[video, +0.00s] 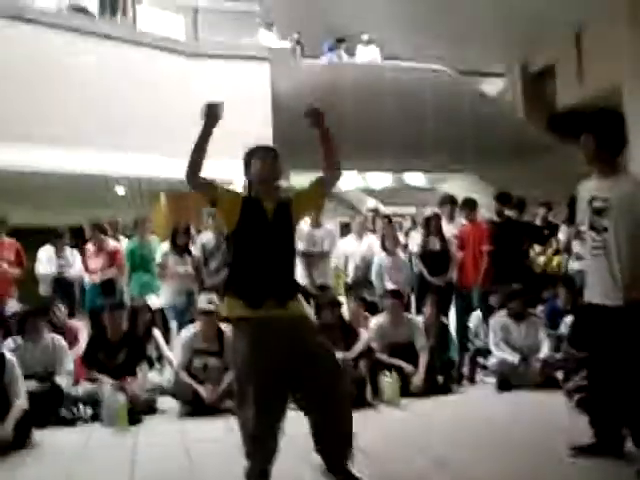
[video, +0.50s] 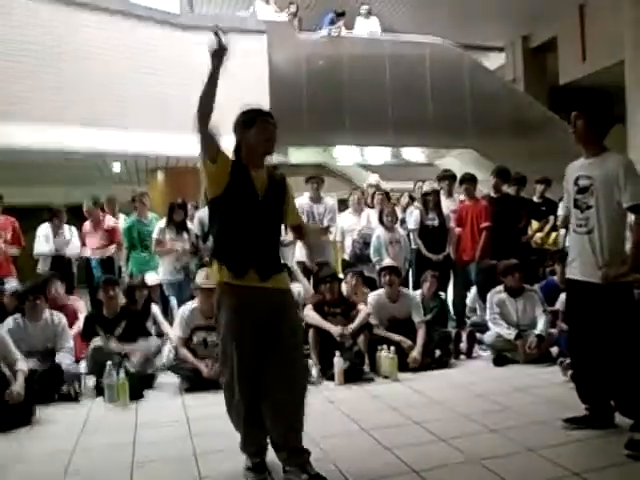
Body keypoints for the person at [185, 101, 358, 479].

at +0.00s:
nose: (267, 169)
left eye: (273, 163)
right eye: (261, 164)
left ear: (281, 171)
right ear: (247, 171)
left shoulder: (292, 207)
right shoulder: (233, 205)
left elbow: (330, 175)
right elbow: (193, 178)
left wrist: (322, 128)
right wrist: (208, 126)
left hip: (291, 317)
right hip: (248, 321)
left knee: (330, 389)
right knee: (259, 403)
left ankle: (336, 462)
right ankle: (258, 468)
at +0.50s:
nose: (270, 138)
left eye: (273, 132)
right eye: (262, 131)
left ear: (274, 139)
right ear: (241, 134)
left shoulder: (279, 183)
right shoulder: (221, 172)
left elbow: (301, 230)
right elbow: (202, 124)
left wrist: (318, 246)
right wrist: (215, 68)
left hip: (277, 289)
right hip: (235, 290)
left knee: (289, 373)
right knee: (244, 375)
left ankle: (292, 455)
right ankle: (255, 455)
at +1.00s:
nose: (287, 138)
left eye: (291, 135)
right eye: (279, 132)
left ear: (296, 144)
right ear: (260, 139)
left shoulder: (309, 171)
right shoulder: (242, 176)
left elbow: (349, 137)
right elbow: (206, 141)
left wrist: (343, 91)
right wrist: (224, 97)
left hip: (302, 294)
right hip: (256, 295)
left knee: (315, 372)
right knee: (250, 379)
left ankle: (329, 436)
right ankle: (256, 454)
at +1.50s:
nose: (320, 142)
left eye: (325, 138)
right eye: (313, 135)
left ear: (329, 145)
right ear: (295, 139)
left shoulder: (341, 172)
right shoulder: (276, 173)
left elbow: (380, 141)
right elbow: (244, 138)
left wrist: (377, 93)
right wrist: (262, 97)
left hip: (330, 291)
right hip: (283, 289)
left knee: (336, 371)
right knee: (262, 371)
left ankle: (330, 433)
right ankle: (255, 450)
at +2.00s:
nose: (317, 142)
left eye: (320, 136)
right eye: (309, 137)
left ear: (328, 141)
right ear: (295, 145)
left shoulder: (348, 178)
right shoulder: (285, 183)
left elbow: (391, 176)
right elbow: (250, 185)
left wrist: (397, 148)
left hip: (339, 291)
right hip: (294, 290)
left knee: (337, 369)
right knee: (281, 372)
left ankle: (329, 432)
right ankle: (266, 450)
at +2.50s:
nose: (325, 147)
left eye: (329, 140)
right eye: (318, 140)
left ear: (334, 144)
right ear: (301, 143)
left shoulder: (339, 179)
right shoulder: (279, 175)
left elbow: (377, 197)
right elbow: (259, 214)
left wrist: (385, 183)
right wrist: (289, 187)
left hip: (326, 281)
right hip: (283, 274)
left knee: (332, 364)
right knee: (245, 268)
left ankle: (328, 434)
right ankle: (284, 343)